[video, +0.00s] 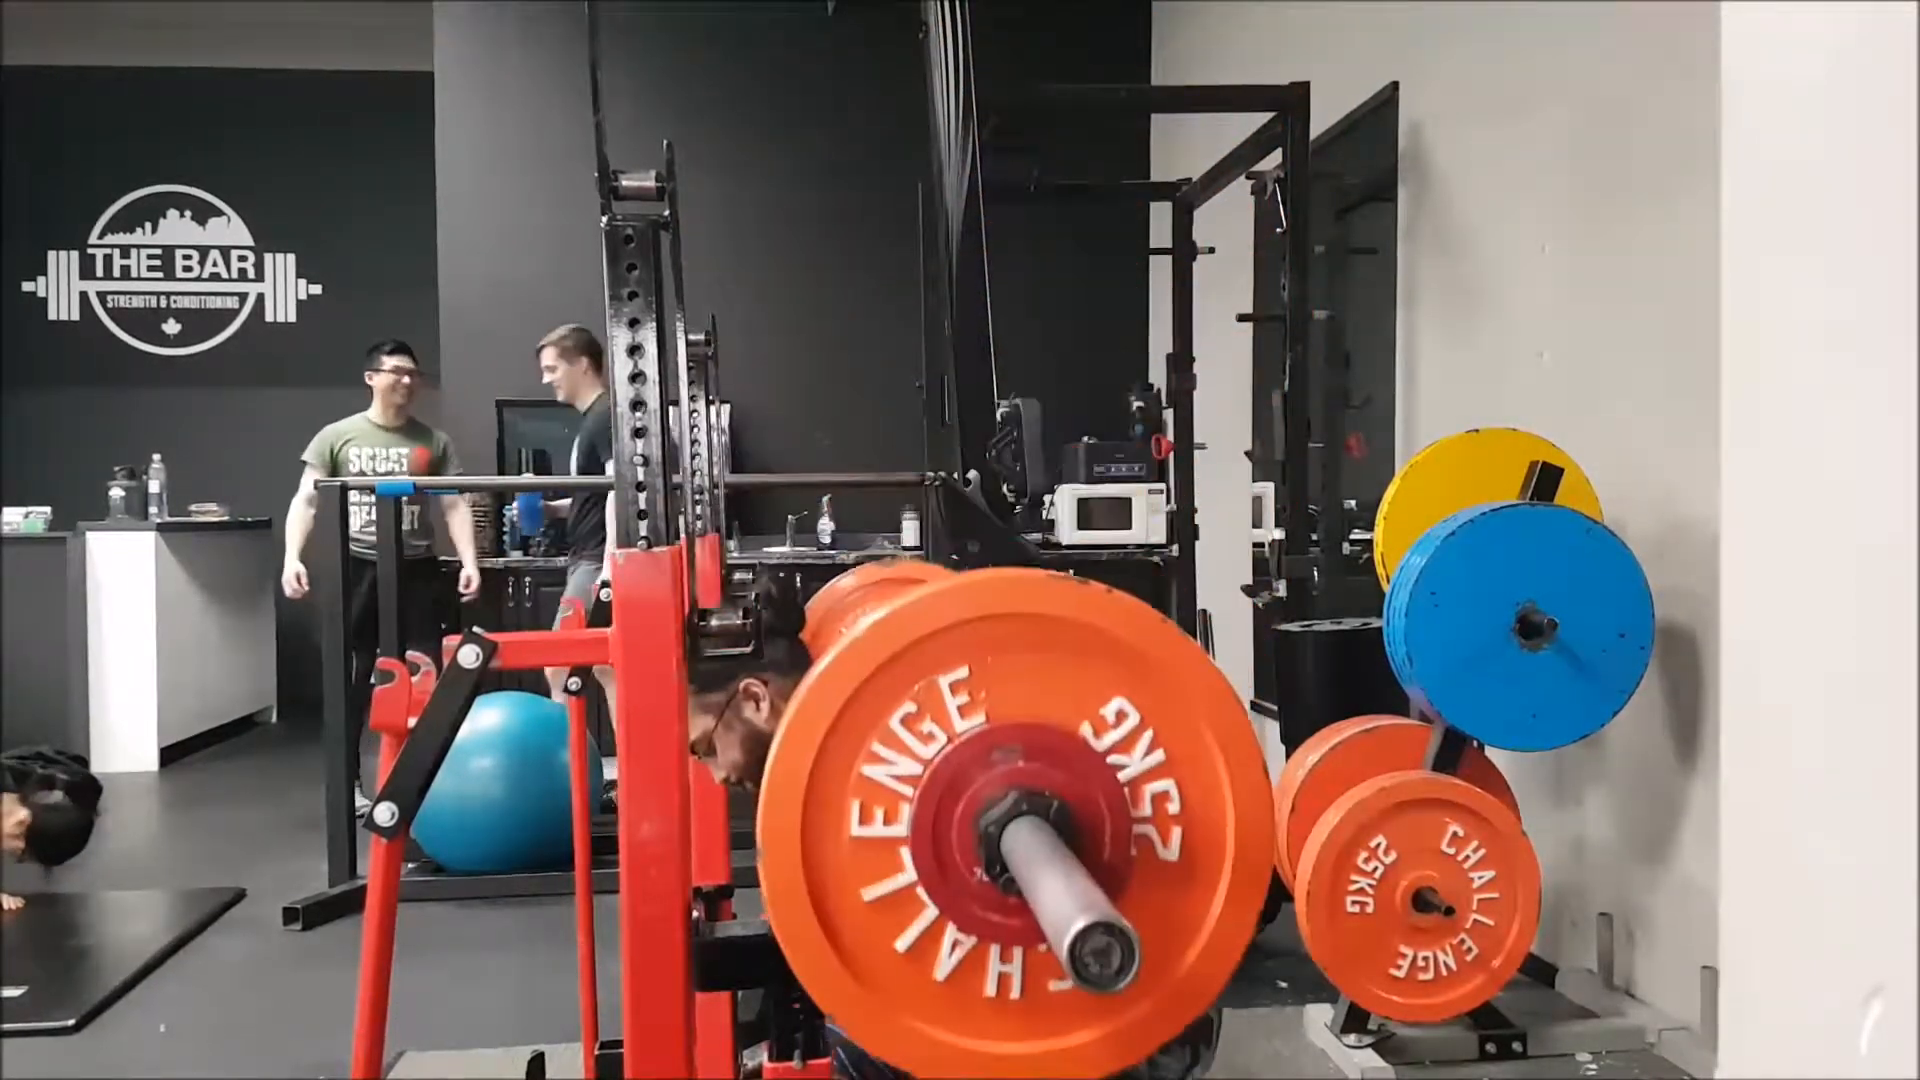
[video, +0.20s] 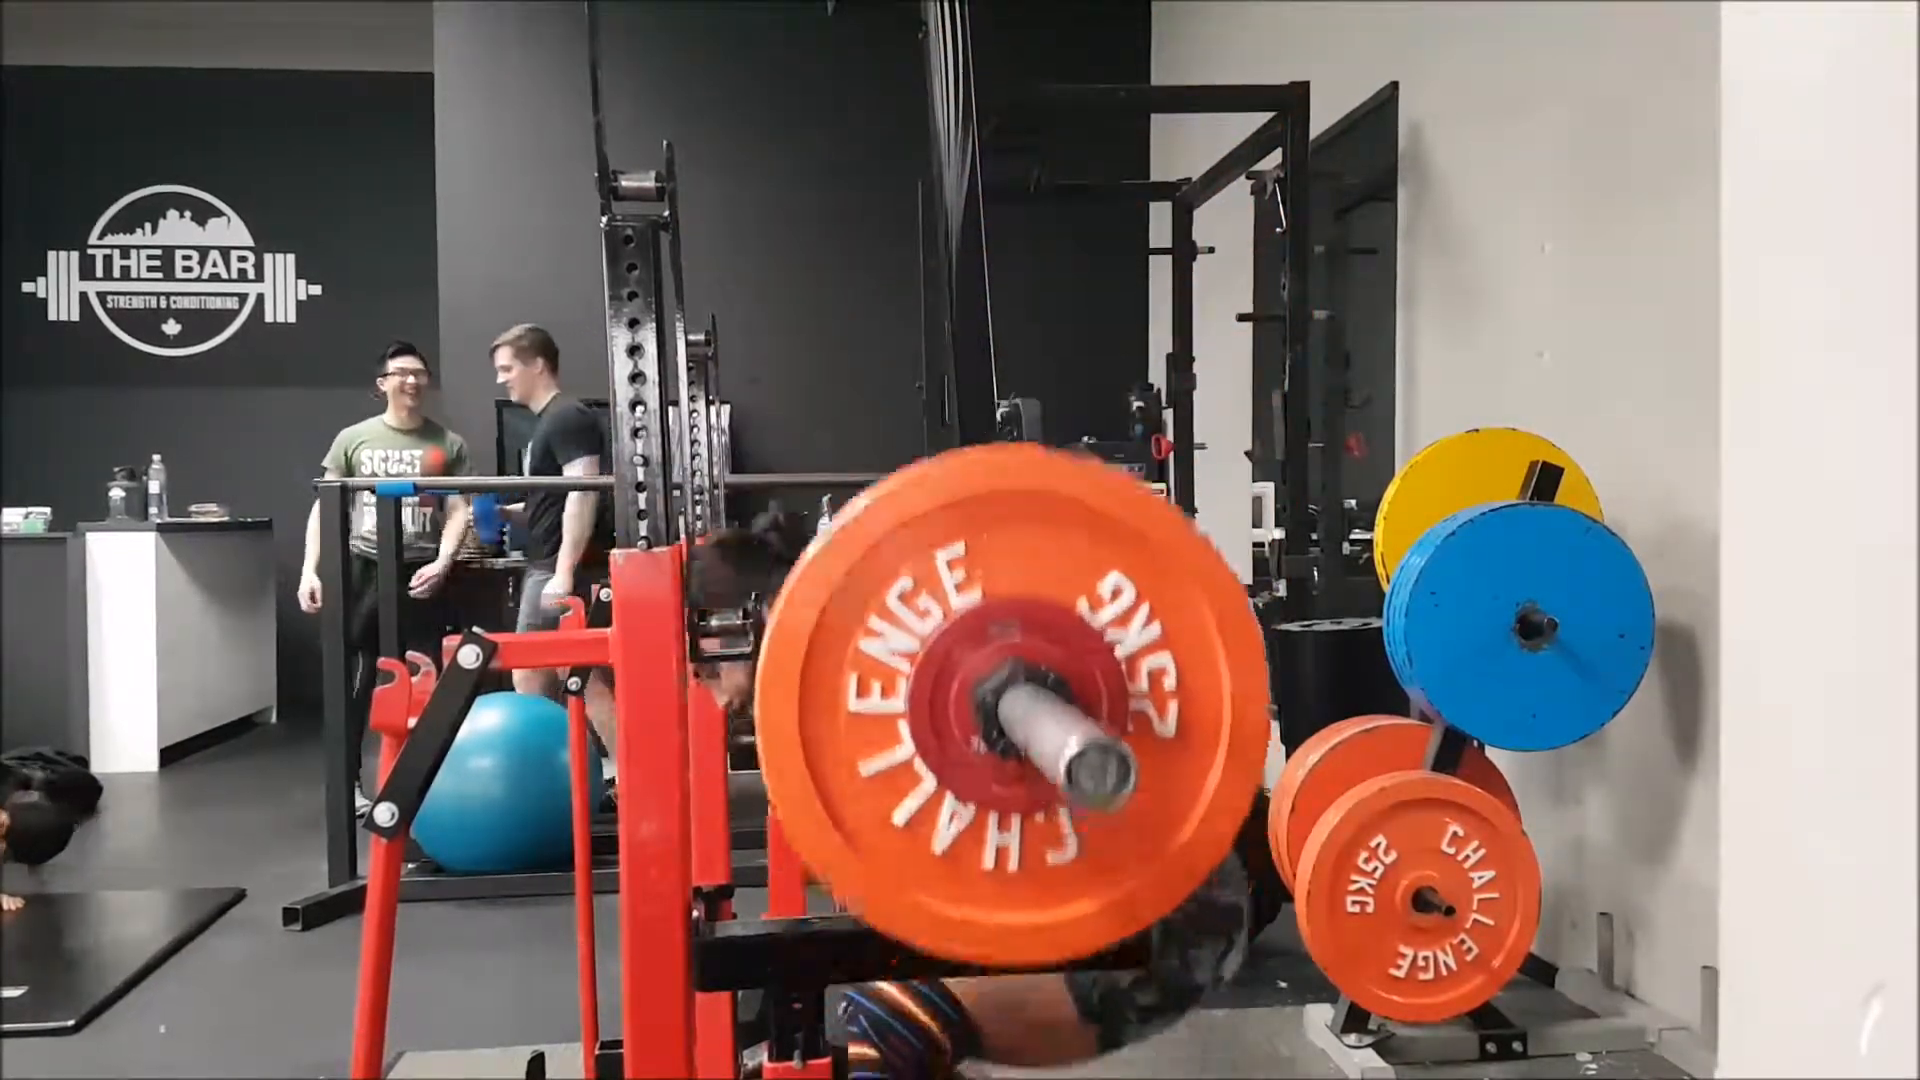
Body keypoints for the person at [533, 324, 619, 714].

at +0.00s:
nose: (546, 380)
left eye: (552, 369)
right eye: (544, 371)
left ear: (583, 365)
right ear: (580, 366)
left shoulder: (607, 418)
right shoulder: (590, 419)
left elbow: (619, 495)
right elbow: (591, 498)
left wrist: (613, 561)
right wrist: (547, 509)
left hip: (597, 559)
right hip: (584, 557)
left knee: (558, 661)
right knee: (607, 667)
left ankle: (571, 766)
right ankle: (633, 757)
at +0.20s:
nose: (501, 379)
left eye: (507, 369)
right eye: (499, 371)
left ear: (539, 366)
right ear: (535, 369)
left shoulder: (567, 417)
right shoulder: (547, 422)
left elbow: (584, 493)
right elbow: (550, 505)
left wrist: (564, 573)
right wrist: (510, 510)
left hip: (552, 569)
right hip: (546, 566)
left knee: (530, 677)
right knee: (586, 676)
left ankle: (527, 784)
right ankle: (623, 769)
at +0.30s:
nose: (478, 376)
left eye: (484, 365)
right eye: (476, 367)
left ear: (517, 363)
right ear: (510, 367)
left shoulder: (541, 416)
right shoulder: (522, 417)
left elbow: (549, 497)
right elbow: (522, 500)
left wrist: (530, 574)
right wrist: (475, 504)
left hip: (526, 570)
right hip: (517, 568)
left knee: (518, 685)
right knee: (548, 687)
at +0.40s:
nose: (457, 373)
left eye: (464, 363)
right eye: (455, 365)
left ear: (497, 361)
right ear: (492, 364)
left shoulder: (517, 415)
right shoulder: (505, 417)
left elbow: (510, 498)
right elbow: (483, 508)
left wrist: (486, 577)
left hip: (521, 576)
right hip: (511, 574)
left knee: (499, 694)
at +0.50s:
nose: (440, 372)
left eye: (447, 362)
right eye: (439, 364)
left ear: (477, 360)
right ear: (473, 362)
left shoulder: (500, 414)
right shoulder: (487, 413)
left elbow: (479, 499)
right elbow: (479, 497)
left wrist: (443, 573)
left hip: (501, 570)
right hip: (481, 568)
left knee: (497, 687)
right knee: (432, 665)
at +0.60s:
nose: (415, 373)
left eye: (423, 362)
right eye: (413, 364)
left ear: (456, 360)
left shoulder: (480, 413)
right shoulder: (462, 415)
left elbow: (450, 498)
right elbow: (442, 497)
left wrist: (407, 556)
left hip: (485, 566)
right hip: (450, 564)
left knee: (485, 678)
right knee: (415, 652)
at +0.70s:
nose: (392, 376)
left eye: (398, 365)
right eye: (390, 368)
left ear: (432, 362)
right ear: (429, 363)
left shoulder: (457, 416)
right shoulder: (433, 421)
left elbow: (429, 501)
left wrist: (382, 545)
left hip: (464, 573)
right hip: (426, 573)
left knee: (471, 692)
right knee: (422, 688)